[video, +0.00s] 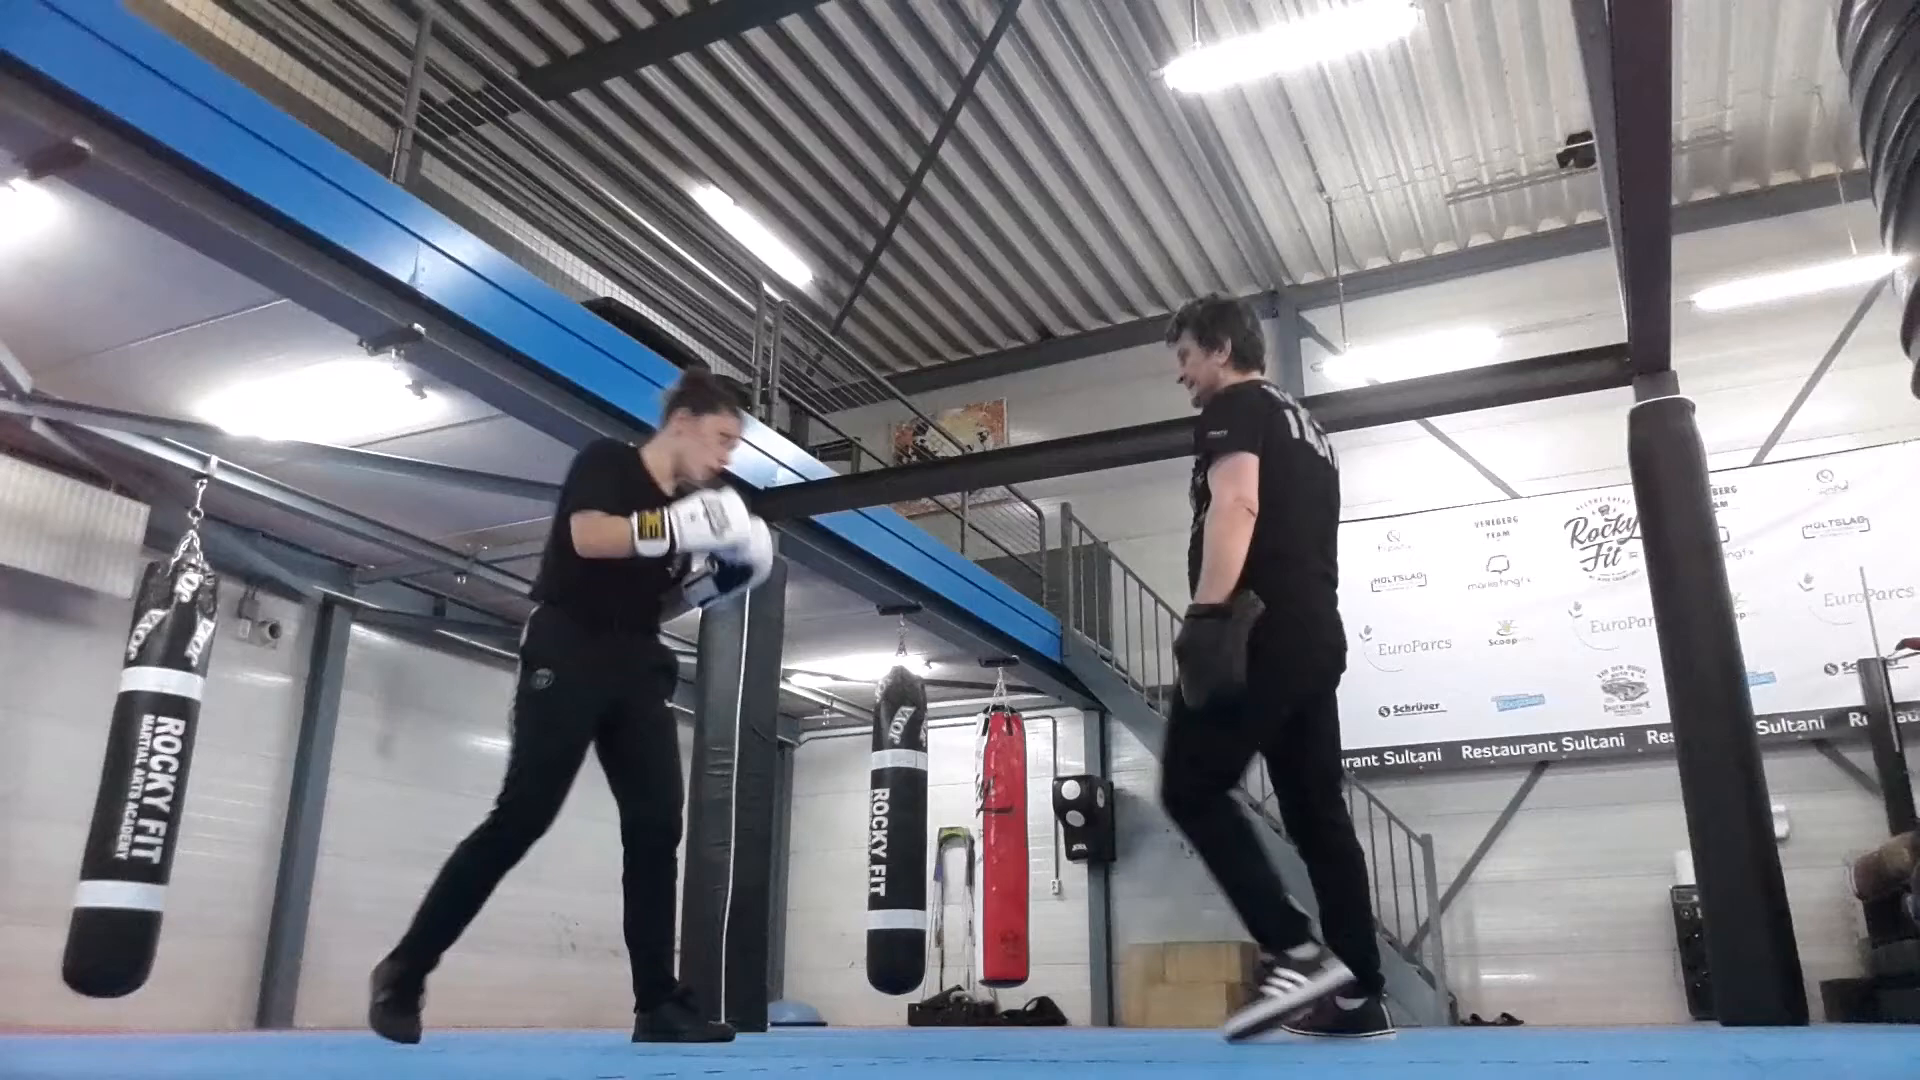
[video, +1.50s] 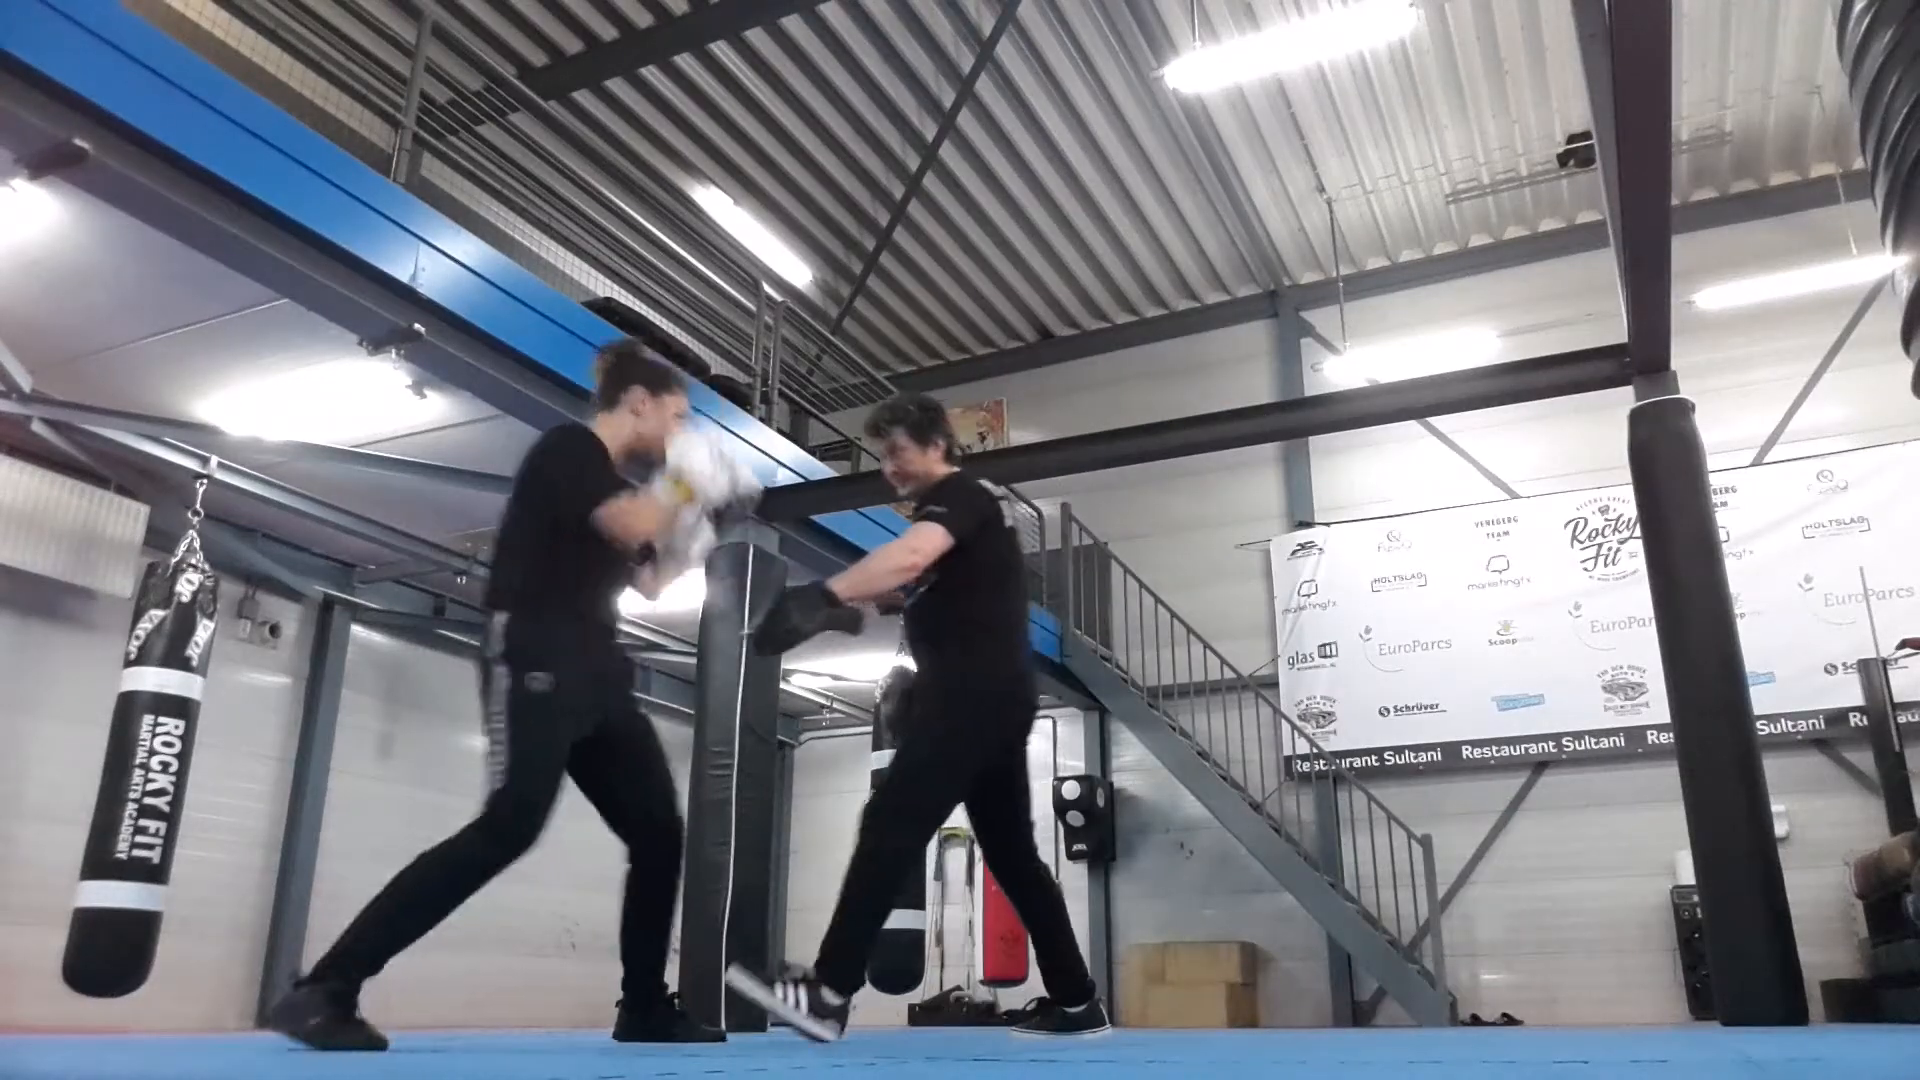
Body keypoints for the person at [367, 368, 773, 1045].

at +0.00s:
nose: (727, 458)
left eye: (733, 446)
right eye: (721, 440)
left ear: (712, 441)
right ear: (679, 423)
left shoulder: (686, 505)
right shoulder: (607, 462)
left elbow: (651, 605)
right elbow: (587, 534)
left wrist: (716, 580)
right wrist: (674, 525)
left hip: (637, 672)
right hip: (566, 659)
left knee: (655, 828)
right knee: (523, 817)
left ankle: (658, 1005)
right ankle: (404, 971)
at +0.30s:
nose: (744, 441)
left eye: (750, 430)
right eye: (738, 423)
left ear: (720, 428)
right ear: (696, 410)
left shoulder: (707, 493)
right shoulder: (623, 453)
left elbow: (709, 580)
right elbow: (598, 532)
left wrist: (751, 553)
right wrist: (686, 516)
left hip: (657, 659)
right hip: (586, 647)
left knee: (661, 827)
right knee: (538, 810)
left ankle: (658, 1005)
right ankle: (446, 988)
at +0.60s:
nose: (701, 418)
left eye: (705, 407)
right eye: (693, 399)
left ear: (680, 405)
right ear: (647, 389)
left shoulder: (665, 480)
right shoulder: (580, 442)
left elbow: (665, 581)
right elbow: (574, 529)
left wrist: (709, 537)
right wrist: (658, 495)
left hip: (629, 658)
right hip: (560, 648)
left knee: (665, 815)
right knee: (519, 819)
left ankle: (659, 1002)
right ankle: (445, 1000)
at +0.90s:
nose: (678, 416)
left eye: (683, 403)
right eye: (672, 397)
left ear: (641, 397)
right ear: (629, 384)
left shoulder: (629, 473)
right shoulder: (562, 432)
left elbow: (621, 574)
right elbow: (583, 511)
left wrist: (688, 535)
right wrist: (662, 481)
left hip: (609, 652)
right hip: (545, 644)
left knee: (653, 818)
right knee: (503, 822)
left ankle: (643, 1002)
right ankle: (443, 999)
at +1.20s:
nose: (720, 425)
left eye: (723, 414)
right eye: (716, 409)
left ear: (684, 403)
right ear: (677, 395)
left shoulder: (660, 478)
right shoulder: (611, 435)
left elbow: (696, 580)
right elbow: (647, 520)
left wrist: (743, 518)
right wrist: (714, 478)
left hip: (620, 641)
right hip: (561, 626)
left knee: (640, 822)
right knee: (566, 790)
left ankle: (640, 1005)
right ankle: (442, 968)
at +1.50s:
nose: (678, 431)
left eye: (682, 419)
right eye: (676, 415)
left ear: (635, 408)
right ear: (637, 401)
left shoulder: (612, 479)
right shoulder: (571, 447)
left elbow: (650, 583)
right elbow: (627, 524)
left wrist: (680, 521)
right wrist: (679, 484)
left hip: (589, 663)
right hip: (534, 655)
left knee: (658, 834)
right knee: (508, 827)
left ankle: (646, 1007)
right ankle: (325, 989)